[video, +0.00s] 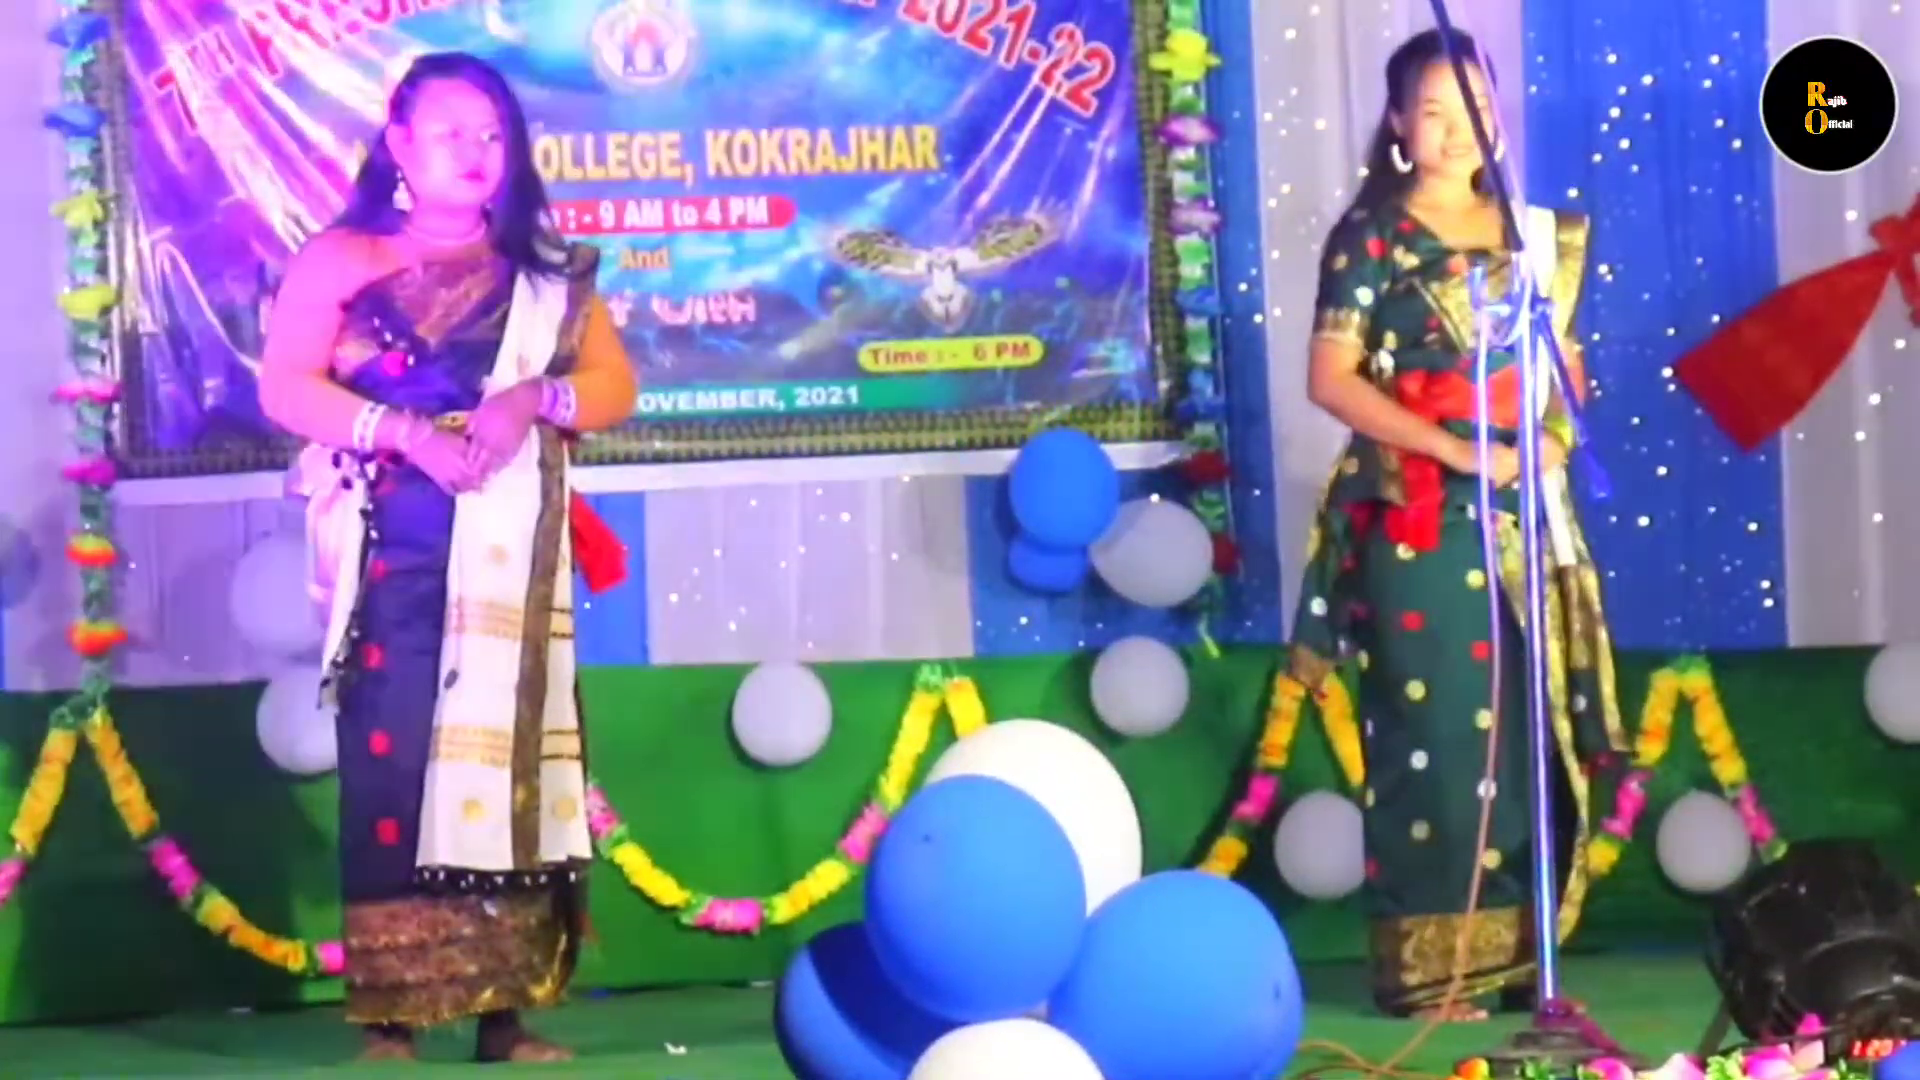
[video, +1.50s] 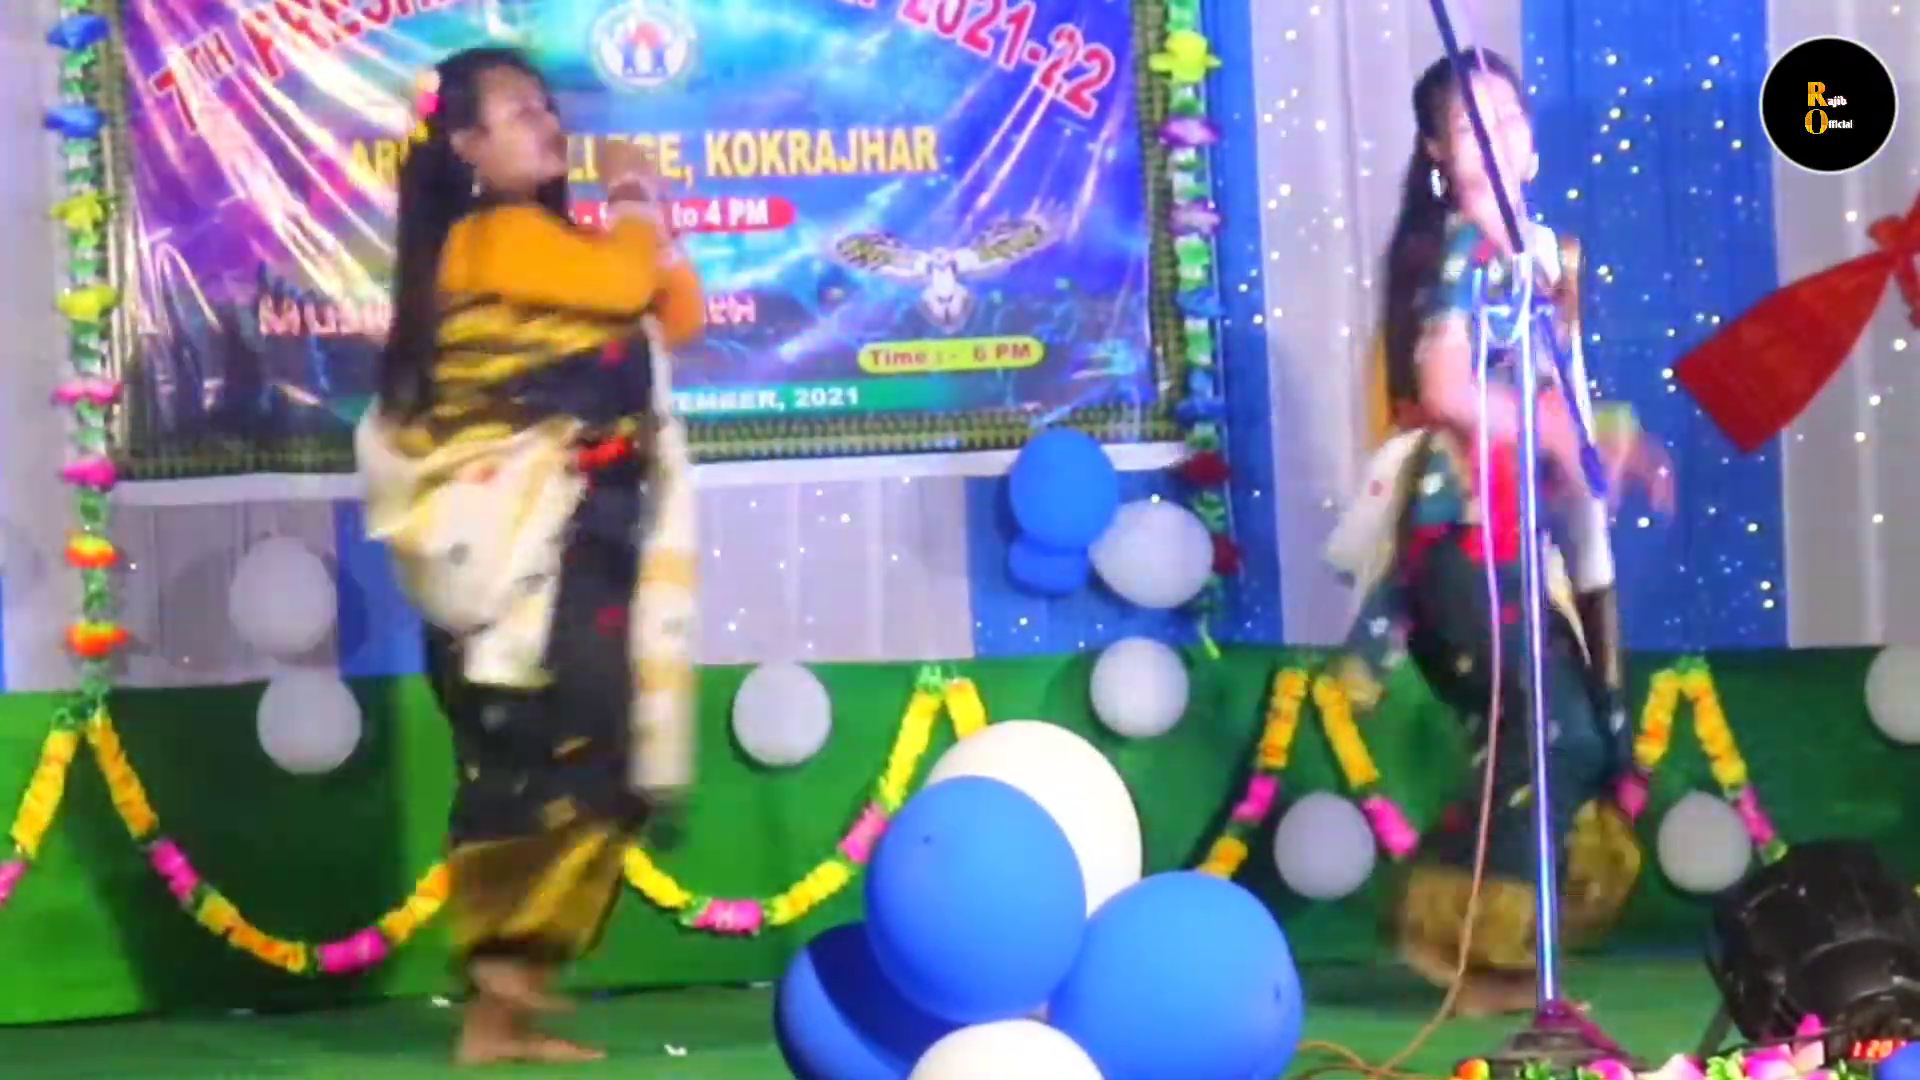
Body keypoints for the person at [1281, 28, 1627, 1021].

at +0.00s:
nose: (1446, 130)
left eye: (1463, 113)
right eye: (1428, 113)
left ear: (1489, 121)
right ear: (1399, 124)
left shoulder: (1527, 230)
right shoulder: (1369, 234)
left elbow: (1562, 366)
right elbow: (1330, 380)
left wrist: (1556, 398)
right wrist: (1452, 447)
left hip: (1523, 512)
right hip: (1419, 518)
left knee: (1532, 726)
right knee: (1436, 729)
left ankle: (1521, 961)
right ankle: (1428, 966)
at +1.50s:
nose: (1503, 139)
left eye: (1510, 119)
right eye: (1478, 125)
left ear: (1530, 129)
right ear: (1441, 145)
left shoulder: (1525, 248)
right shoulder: (1448, 244)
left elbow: (1536, 390)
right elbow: (1441, 391)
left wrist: (1609, 446)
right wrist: (1549, 435)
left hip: (1513, 529)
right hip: (1460, 531)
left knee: (1563, 727)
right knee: (1554, 727)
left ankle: (1451, 907)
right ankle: (1477, 929)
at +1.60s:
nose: (1524, 113)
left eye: (1529, 93)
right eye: (1502, 101)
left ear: (1541, 99)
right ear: (1459, 122)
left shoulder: (1535, 210)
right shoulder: (1457, 207)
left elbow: (1626, 332)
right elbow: (1491, 330)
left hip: (1544, 505)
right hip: (1480, 508)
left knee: (1536, 712)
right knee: (1571, 699)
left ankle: (1496, 944)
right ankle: (1487, 930)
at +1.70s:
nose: (1539, 129)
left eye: (1543, 109)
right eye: (1516, 114)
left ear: (1551, 113)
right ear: (1469, 130)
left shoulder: (1522, 226)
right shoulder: (1462, 228)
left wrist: (1596, 296)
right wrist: (1593, 306)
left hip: (1549, 531)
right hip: (1495, 542)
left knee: (1567, 739)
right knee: (1564, 740)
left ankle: (1513, 959)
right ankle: (1502, 964)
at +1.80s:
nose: (1570, 156)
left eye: (1570, 137)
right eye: (1548, 142)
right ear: (1501, 155)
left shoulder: (1453, 255)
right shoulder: (1541, 240)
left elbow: (1423, 419)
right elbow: (1592, 348)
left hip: (1453, 563)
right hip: (1505, 564)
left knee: (1579, 739)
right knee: (1616, 752)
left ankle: (1500, 943)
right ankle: (1531, 983)